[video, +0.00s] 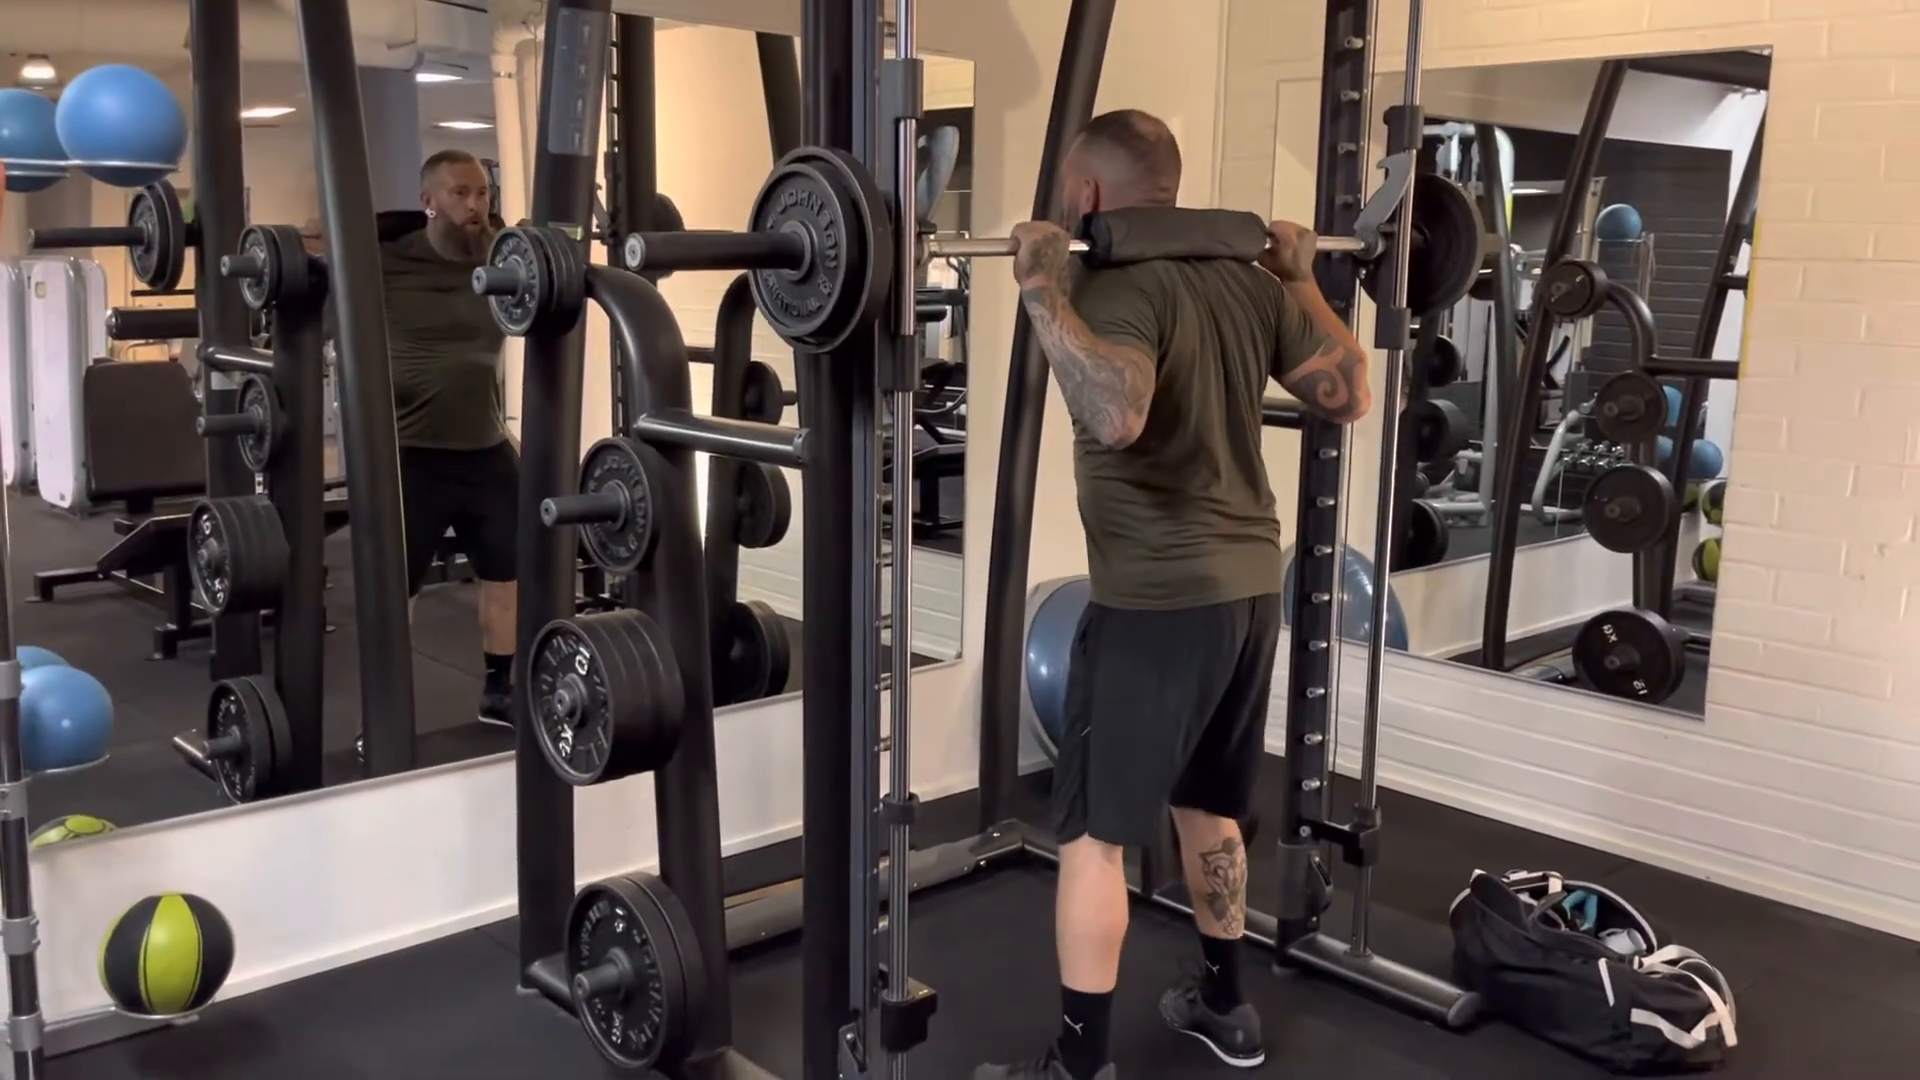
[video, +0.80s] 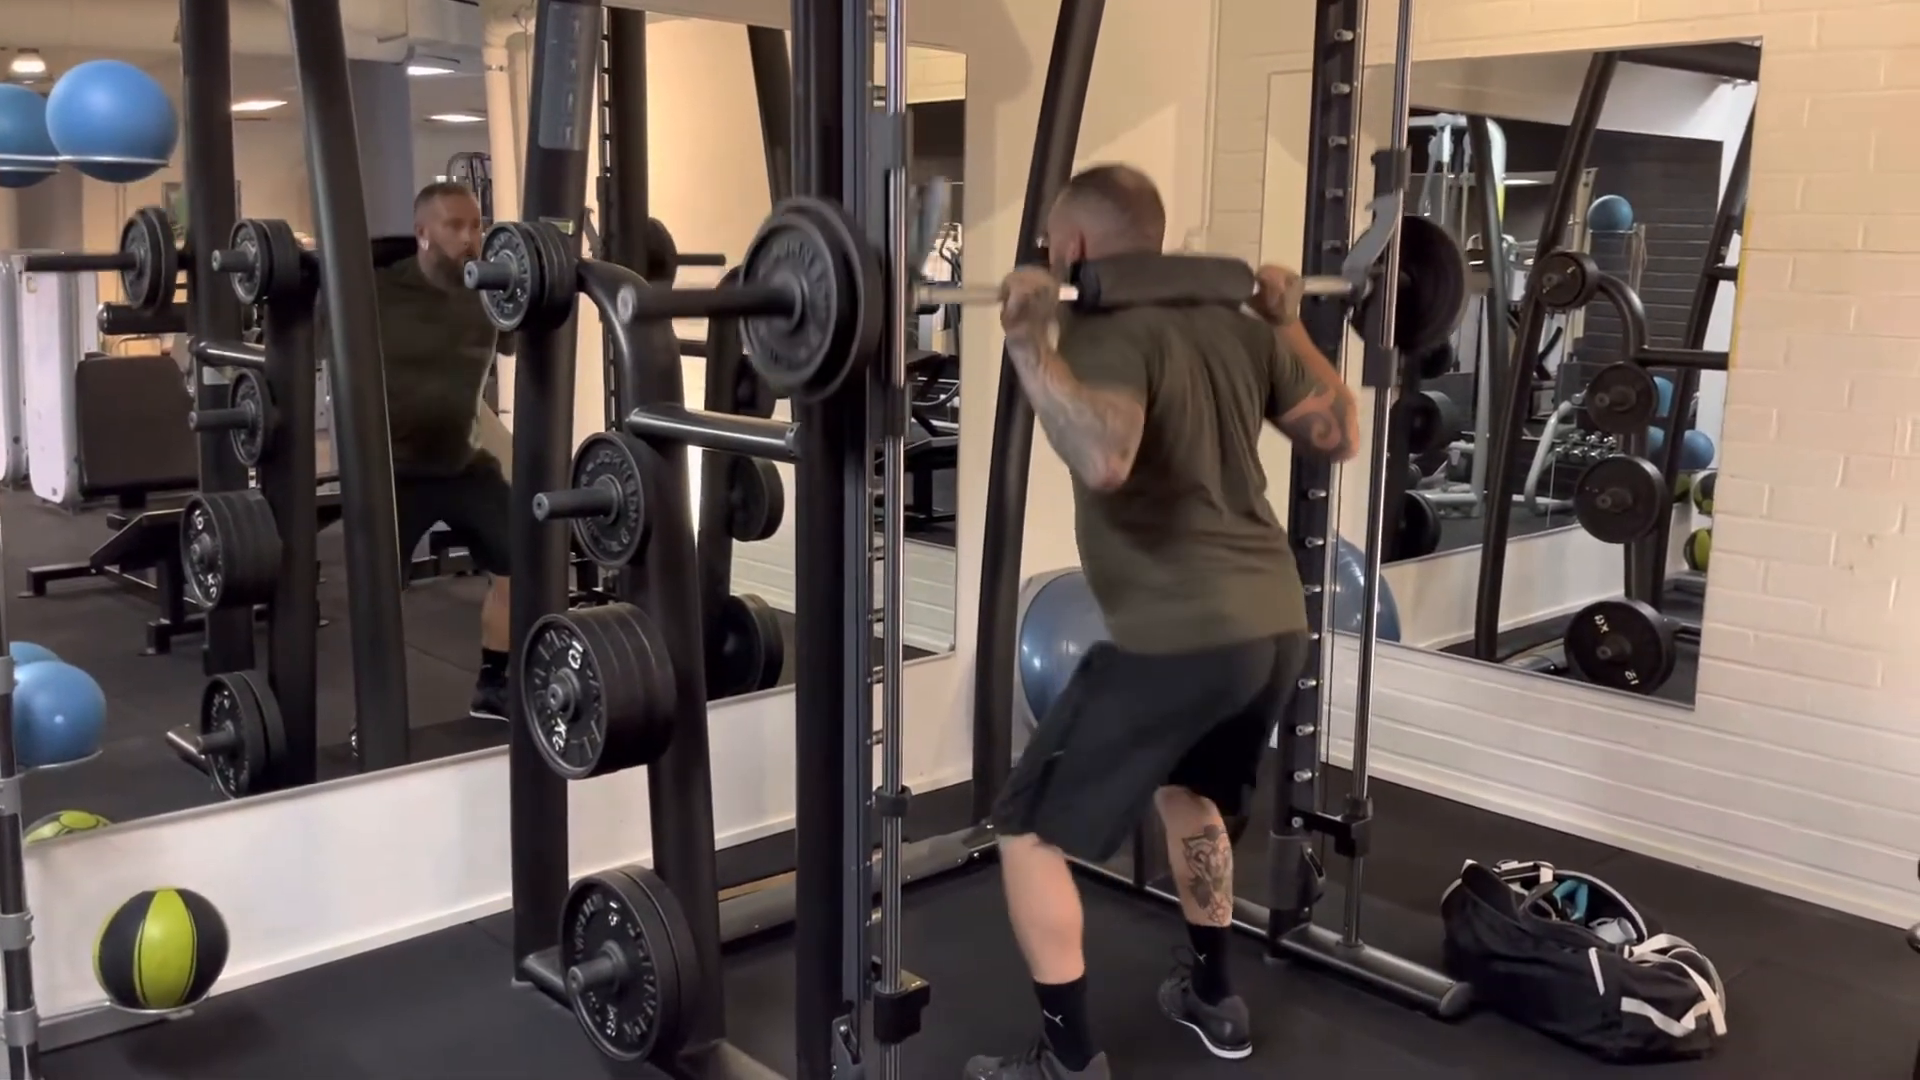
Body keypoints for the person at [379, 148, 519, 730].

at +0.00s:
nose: (477, 203)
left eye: (483, 193)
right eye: (463, 192)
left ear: (491, 200)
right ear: (430, 200)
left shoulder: (495, 260)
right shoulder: (381, 262)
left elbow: (552, 269)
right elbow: (302, 242)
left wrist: (499, 241)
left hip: (485, 449)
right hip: (406, 452)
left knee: (506, 566)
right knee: (392, 587)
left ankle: (501, 690)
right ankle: (382, 711)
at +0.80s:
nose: (471, 237)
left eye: (476, 225)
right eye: (457, 226)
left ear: (483, 229)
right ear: (424, 233)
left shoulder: (485, 293)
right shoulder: (377, 291)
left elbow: (516, 339)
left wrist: (544, 267)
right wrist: (295, 271)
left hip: (464, 465)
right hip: (393, 469)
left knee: (520, 554)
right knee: (375, 589)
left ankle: (495, 683)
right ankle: (374, 706)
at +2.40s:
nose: (455, 238)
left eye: (461, 226)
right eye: (441, 227)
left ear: (469, 227)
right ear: (407, 231)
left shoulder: (470, 294)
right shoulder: (366, 297)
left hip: (449, 467)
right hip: (380, 471)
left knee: (496, 565)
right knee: (363, 602)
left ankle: (482, 694)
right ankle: (360, 722)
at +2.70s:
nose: (454, 212)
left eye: (459, 201)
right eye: (440, 202)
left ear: (466, 206)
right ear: (406, 208)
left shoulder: (471, 269)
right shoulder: (362, 270)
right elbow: (278, 249)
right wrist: (285, 256)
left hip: (456, 455)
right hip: (381, 460)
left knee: (481, 570)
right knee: (365, 592)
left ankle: (480, 698)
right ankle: (360, 711)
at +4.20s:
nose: (458, 465)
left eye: (466, 450)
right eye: (443, 452)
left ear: (474, 448)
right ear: (411, 451)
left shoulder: (479, 494)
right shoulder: (368, 506)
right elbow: (292, 549)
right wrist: (291, 509)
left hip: (444, 611)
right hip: (379, 620)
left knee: (517, 597)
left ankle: (481, 708)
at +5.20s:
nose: (448, 229)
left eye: (454, 217)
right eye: (434, 217)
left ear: (462, 221)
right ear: (399, 222)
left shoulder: (467, 285)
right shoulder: (353, 287)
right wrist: (280, 281)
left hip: (450, 473)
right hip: (376, 476)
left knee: (474, 589)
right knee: (358, 608)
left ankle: (476, 715)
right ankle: (351, 724)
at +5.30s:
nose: (448, 231)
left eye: (454, 219)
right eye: (434, 220)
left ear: (462, 224)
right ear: (399, 225)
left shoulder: (468, 288)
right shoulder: (354, 290)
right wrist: (273, 281)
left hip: (452, 475)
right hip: (376, 480)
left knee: (475, 587)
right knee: (361, 612)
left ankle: (476, 717)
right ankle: (354, 730)